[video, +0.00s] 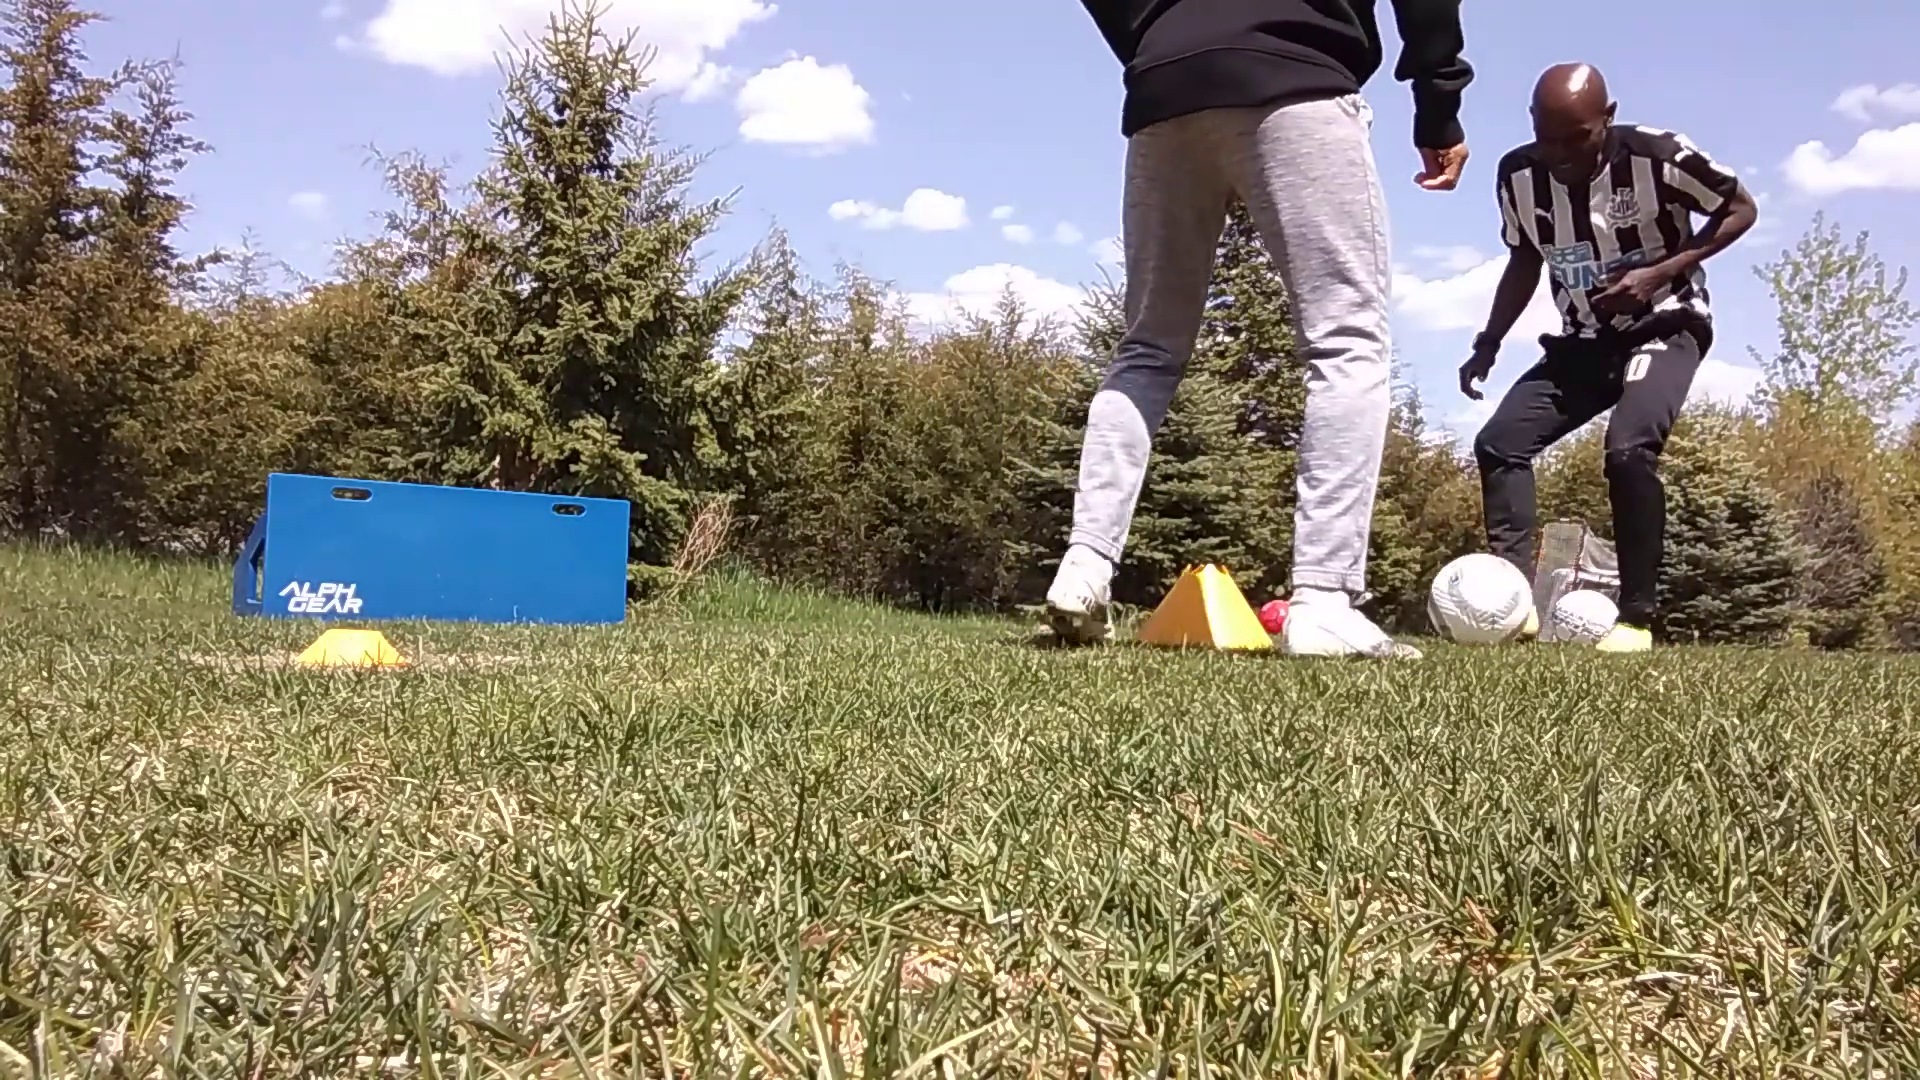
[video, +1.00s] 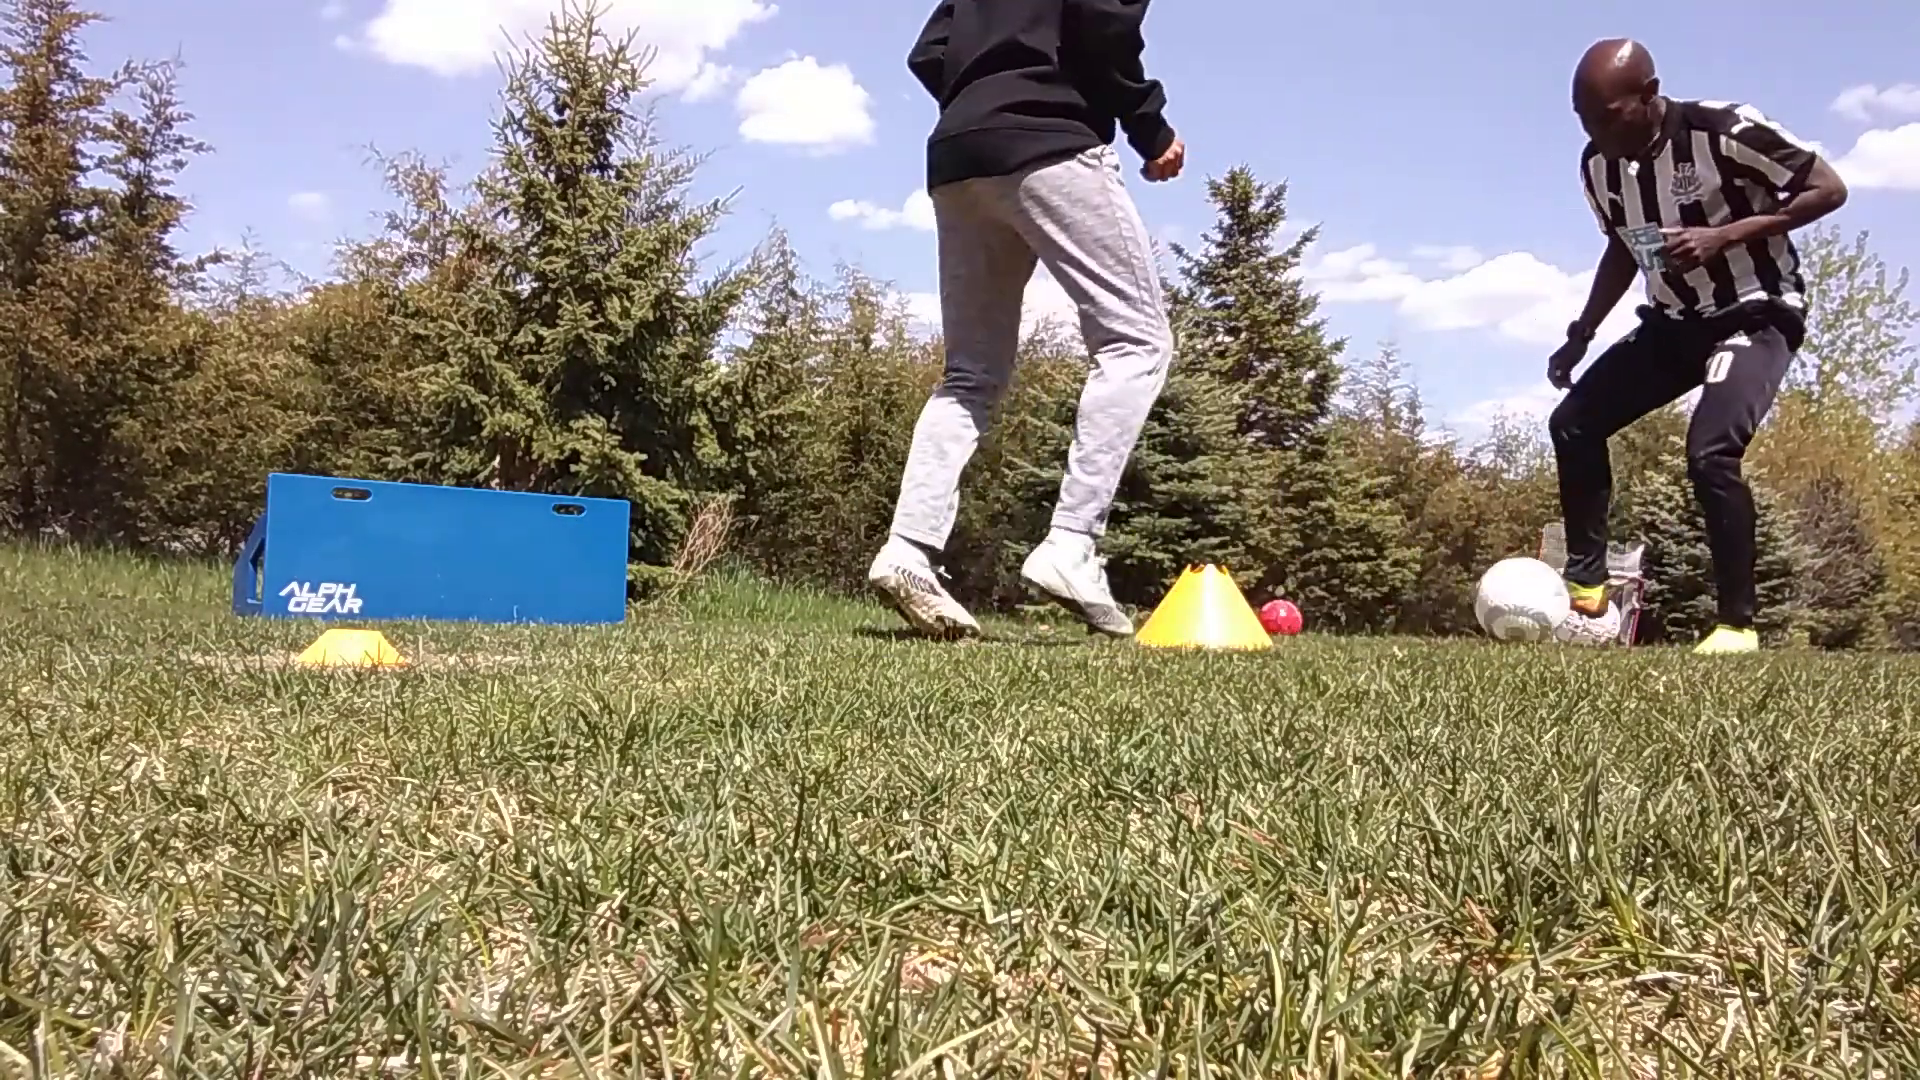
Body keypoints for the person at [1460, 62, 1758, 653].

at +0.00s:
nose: (1564, 151)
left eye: (1578, 137)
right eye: (1551, 137)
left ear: (1608, 116)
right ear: (1534, 124)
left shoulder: (1660, 156)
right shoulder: (1518, 176)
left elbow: (1740, 209)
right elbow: (1525, 259)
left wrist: (1666, 270)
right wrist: (1490, 339)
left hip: (1664, 330)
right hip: (1587, 341)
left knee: (1628, 452)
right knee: (1499, 445)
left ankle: (1636, 620)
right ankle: (1512, 603)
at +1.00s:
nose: (1591, 131)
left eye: (1600, 116)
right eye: (1585, 118)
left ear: (1647, 97)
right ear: (1585, 108)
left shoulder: (1725, 130)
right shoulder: (1599, 165)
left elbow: (1828, 188)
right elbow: (1623, 248)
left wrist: (1726, 234)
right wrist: (1583, 331)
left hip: (1756, 318)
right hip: (1676, 324)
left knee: (1710, 451)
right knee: (1573, 423)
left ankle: (1737, 626)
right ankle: (1585, 585)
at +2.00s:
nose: (1612, 128)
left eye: (1620, 112)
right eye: (1606, 115)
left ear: (1663, 93)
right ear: (1612, 106)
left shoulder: (1745, 129)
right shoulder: (1620, 158)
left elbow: (1844, 187)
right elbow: (1643, 236)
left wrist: (1747, 207)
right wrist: (1601, 310)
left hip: (1755, 323)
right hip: (1682, 333)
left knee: (1733, 453)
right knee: (1640, 459)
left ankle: (1753, 624)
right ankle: (1637, 615)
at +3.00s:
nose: (1607, 114)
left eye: (1621, 100)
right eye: (1597, 103)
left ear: (1657, 92)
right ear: (1587, 102)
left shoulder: (1721, 133)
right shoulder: (1588, 171)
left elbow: (1808, 188)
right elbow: (1604, 253)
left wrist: (1725, 220)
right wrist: (1580, 333)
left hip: (1742, 319)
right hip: (1667, 338)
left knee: (1735, 457)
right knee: (1677, 479)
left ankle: (1754, 622)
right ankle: (1689, 625)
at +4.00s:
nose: (1581, 159)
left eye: (1596, 145)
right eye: (1571, 146)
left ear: (1632, 140)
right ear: (1561, 144)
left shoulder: (1692, 177)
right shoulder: (1550, 206)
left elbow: (1754, 225)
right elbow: (1559, 272)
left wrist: (1708, 316)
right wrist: (1554, 357)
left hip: (1706, 340)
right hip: (1623, 351)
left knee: (1728, 471)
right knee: (1603, 480)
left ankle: (1754, 620)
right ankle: (1599, 622)